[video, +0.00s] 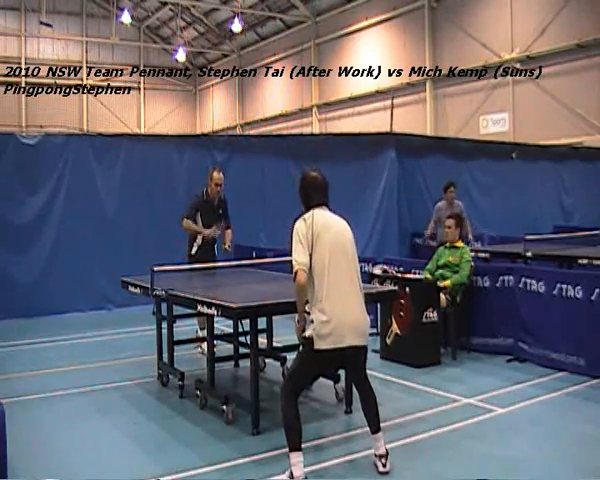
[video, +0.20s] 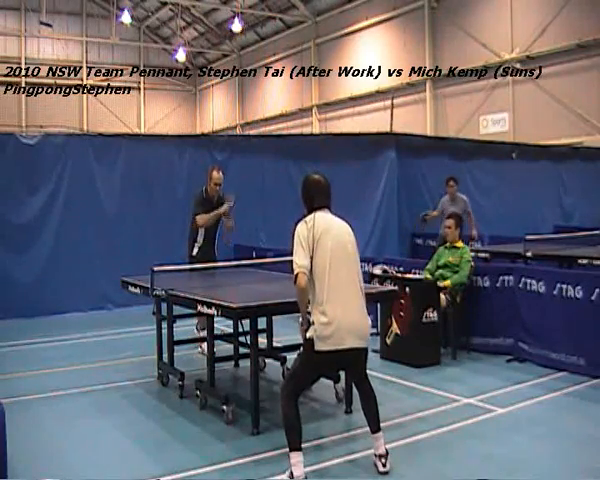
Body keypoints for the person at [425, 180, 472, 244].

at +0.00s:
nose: (452, 195)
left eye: (453, 192)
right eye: (450, 192)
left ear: (455, 193)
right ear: (445, 194)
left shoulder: (459, 205)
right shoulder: (439, 206)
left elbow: (464, 220)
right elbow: (434, 220)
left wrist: (468, 234)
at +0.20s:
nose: (451, 189)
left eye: (452, 186)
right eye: (449, 187)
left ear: (456, 187)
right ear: (446, 188)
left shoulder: (463, 200)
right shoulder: (444, 200)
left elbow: (469, 214)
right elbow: (438, 212)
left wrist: (473, 229)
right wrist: (428, 216)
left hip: (458, 229)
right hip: (445, 228)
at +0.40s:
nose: (455, 186)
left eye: (456, 183)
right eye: (452, 183)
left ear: (458, 185)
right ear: (448, 185)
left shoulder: (463, 198)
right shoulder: (444, 198)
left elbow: (468, 211)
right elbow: (438, 212)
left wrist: (474, 225)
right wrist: (435, 211)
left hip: (458, 228)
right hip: (445, 227)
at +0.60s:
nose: (450, 191)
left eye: (451, 188)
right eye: (447, 188)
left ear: (453, 189)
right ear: (443, 190)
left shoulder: (456, 202)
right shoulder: (437, 203)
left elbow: (463, 215)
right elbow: (431, 215)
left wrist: (469, 228)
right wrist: (430, 218)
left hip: (453, 234)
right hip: (439, 234)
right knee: (436, 256)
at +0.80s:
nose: (442, 193)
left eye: (443, 190)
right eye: (440, 190)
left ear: (445, 191)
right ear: (435, 192)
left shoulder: (448, 204)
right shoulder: (430, 206)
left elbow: (453, 218)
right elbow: (424, 220)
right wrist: (420, 230)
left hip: (446, 239)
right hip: (432, 240)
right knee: (430, 264)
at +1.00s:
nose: (440, 192)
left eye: (442, 189)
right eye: (438, 189)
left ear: (445, 191)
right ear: (434, 191)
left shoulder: (449, 204)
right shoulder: (430, 205)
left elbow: (452, 218)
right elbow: (424, 219)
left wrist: (455, 232)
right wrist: (420, 229)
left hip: (446, 239)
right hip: (432, 240)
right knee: (429, 263)